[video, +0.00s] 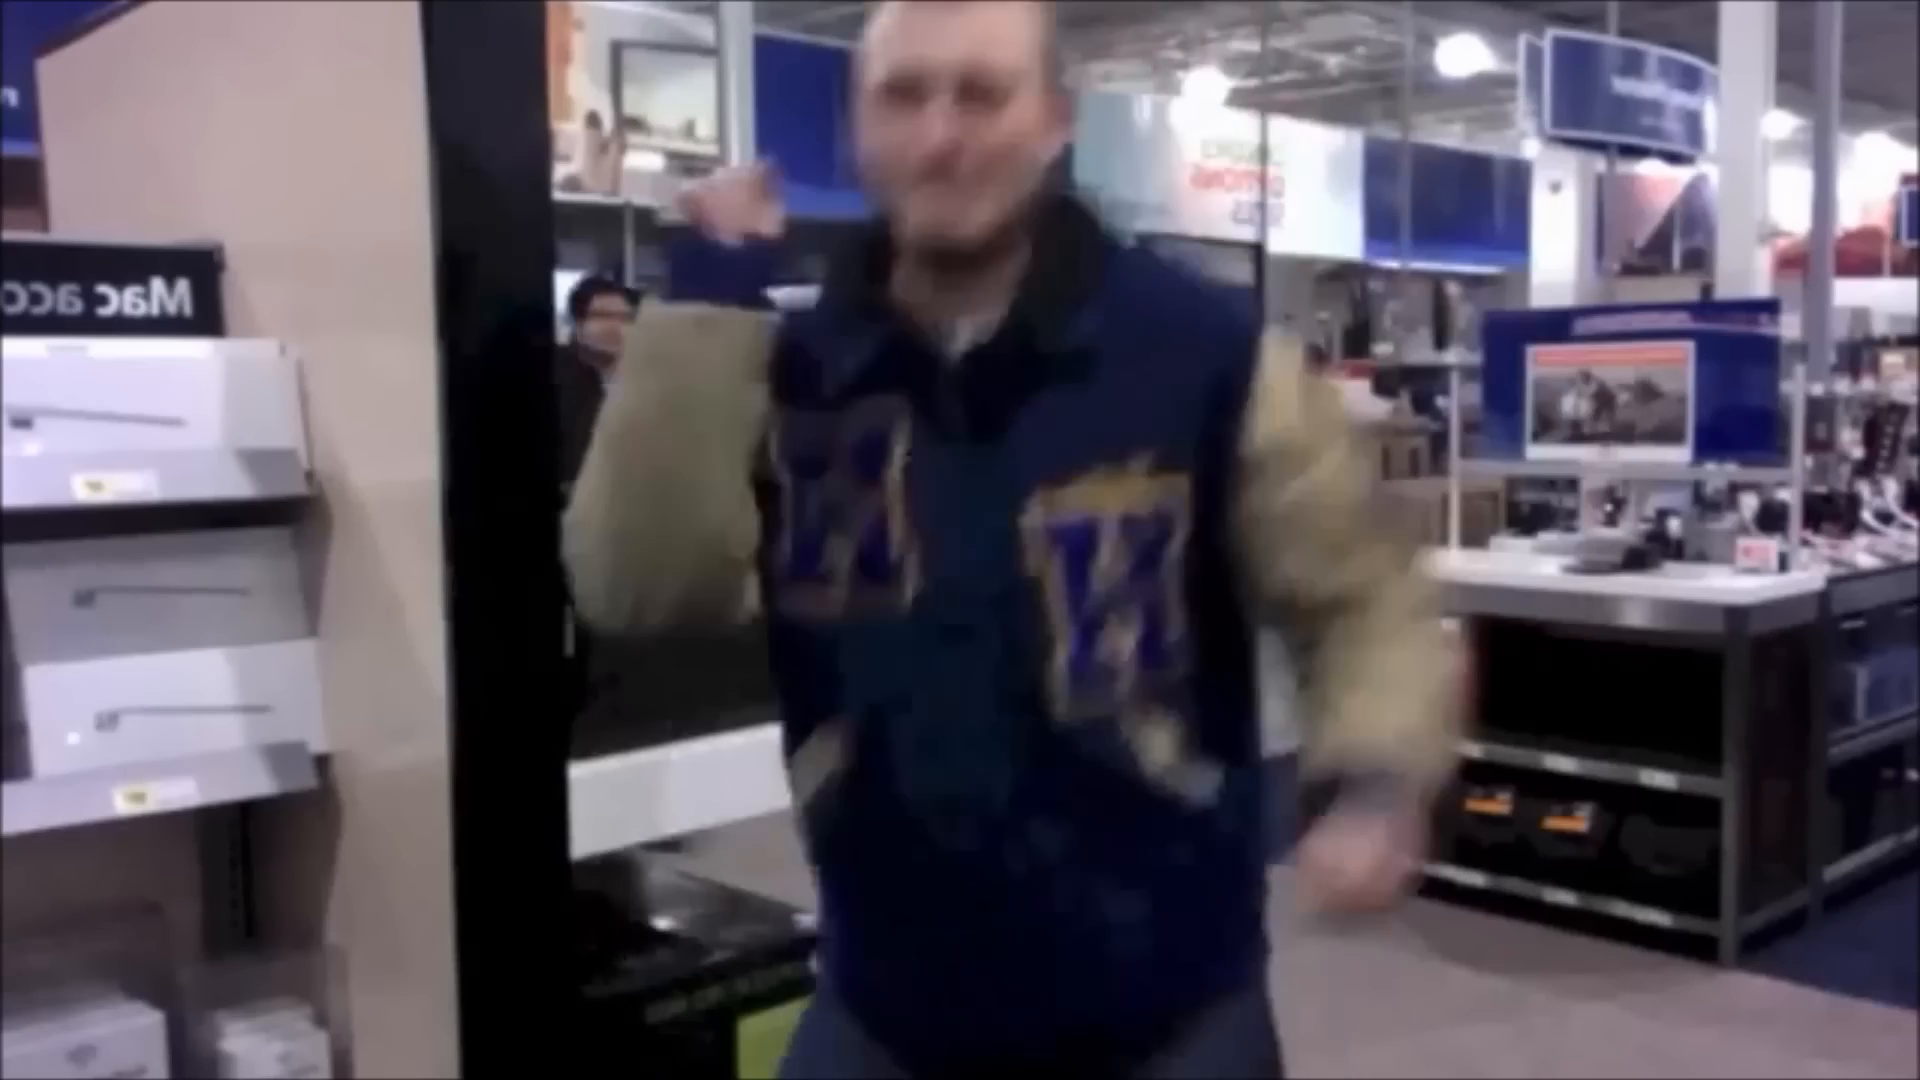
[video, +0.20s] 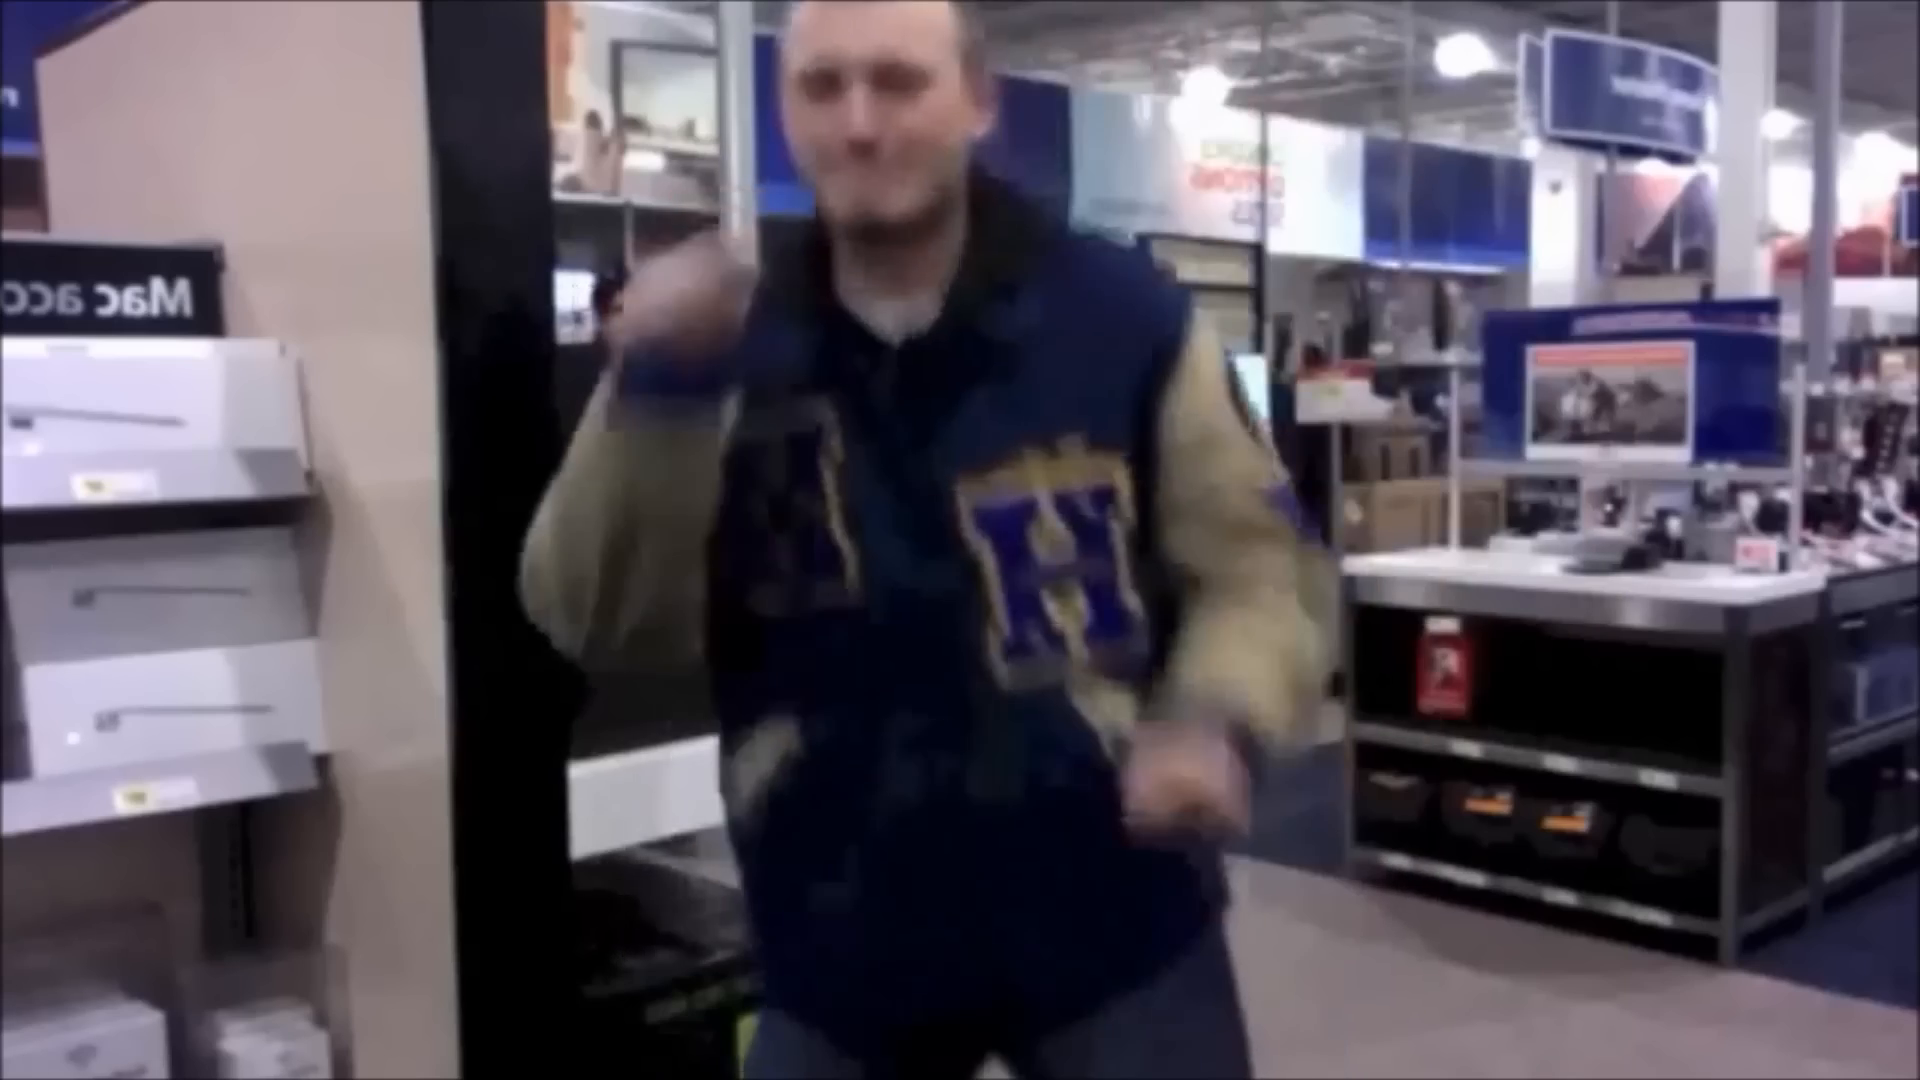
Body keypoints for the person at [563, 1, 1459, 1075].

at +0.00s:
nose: (940, 134)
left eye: (981, 96)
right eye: (903, 96)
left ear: (1055, 120)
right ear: (855, 124)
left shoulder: (1195, 351)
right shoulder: (799, 370)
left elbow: (1367, 593)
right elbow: (635, 593)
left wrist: (1371, 783)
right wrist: (706, 295)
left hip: (1161, 985)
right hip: (895, 982)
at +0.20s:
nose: (858, 123)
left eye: (897, 83)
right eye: (822, 86)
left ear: (979, 101)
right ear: (783, 111)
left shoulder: (1119, 316)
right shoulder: (723, 337)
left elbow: (1253, 559)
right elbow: (592, 624)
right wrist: (658, 382)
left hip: (1106, 917)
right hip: (846, 938)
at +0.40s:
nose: (814, 48)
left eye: (856, 9)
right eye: (778, 13)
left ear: (933, 25)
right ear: (739, 37)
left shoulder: (1079, 223)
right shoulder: (678, 277)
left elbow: (1291, 484)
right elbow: (609, 558)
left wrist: (1278, 355)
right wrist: (606, 823)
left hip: (1066, 844)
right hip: (821, 859)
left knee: (1143, 1062)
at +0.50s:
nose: (793, 134)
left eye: (833, 91)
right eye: (757, 93)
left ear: (918, 100)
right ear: (722, 106)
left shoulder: (1066, 285)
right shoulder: (666, 340)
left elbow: (1315, 379)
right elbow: (596, 684)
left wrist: (1210, 130)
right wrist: (623, 956)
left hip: (1051, 947)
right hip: (784, 953)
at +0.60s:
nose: (793, 189)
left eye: (835, 149)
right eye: (758, 147)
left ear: (917, 155)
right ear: (721, 154)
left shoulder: (1052, 317)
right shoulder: (657, 381)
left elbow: (1318, 331)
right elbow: (600, 712)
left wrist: (1129, 129)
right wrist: (646, 954)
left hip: (1041, 967)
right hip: (774, 976)